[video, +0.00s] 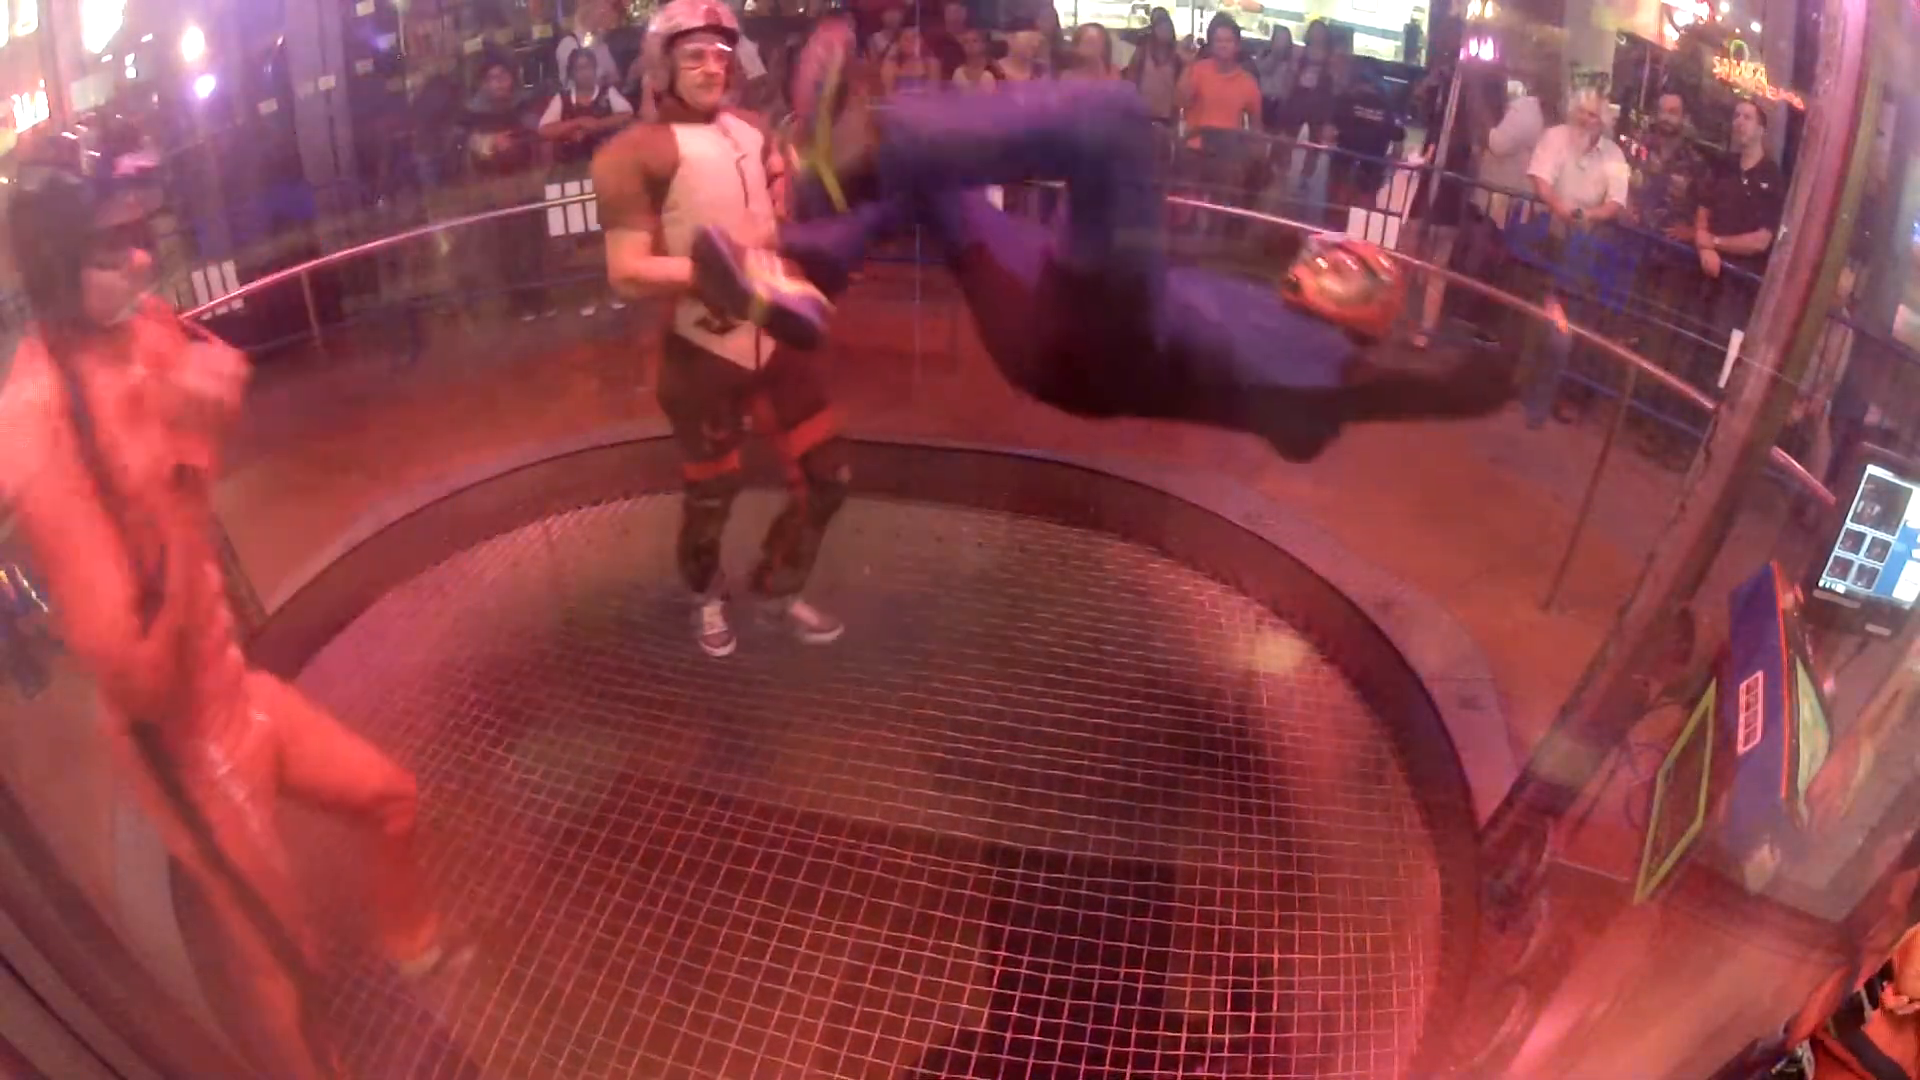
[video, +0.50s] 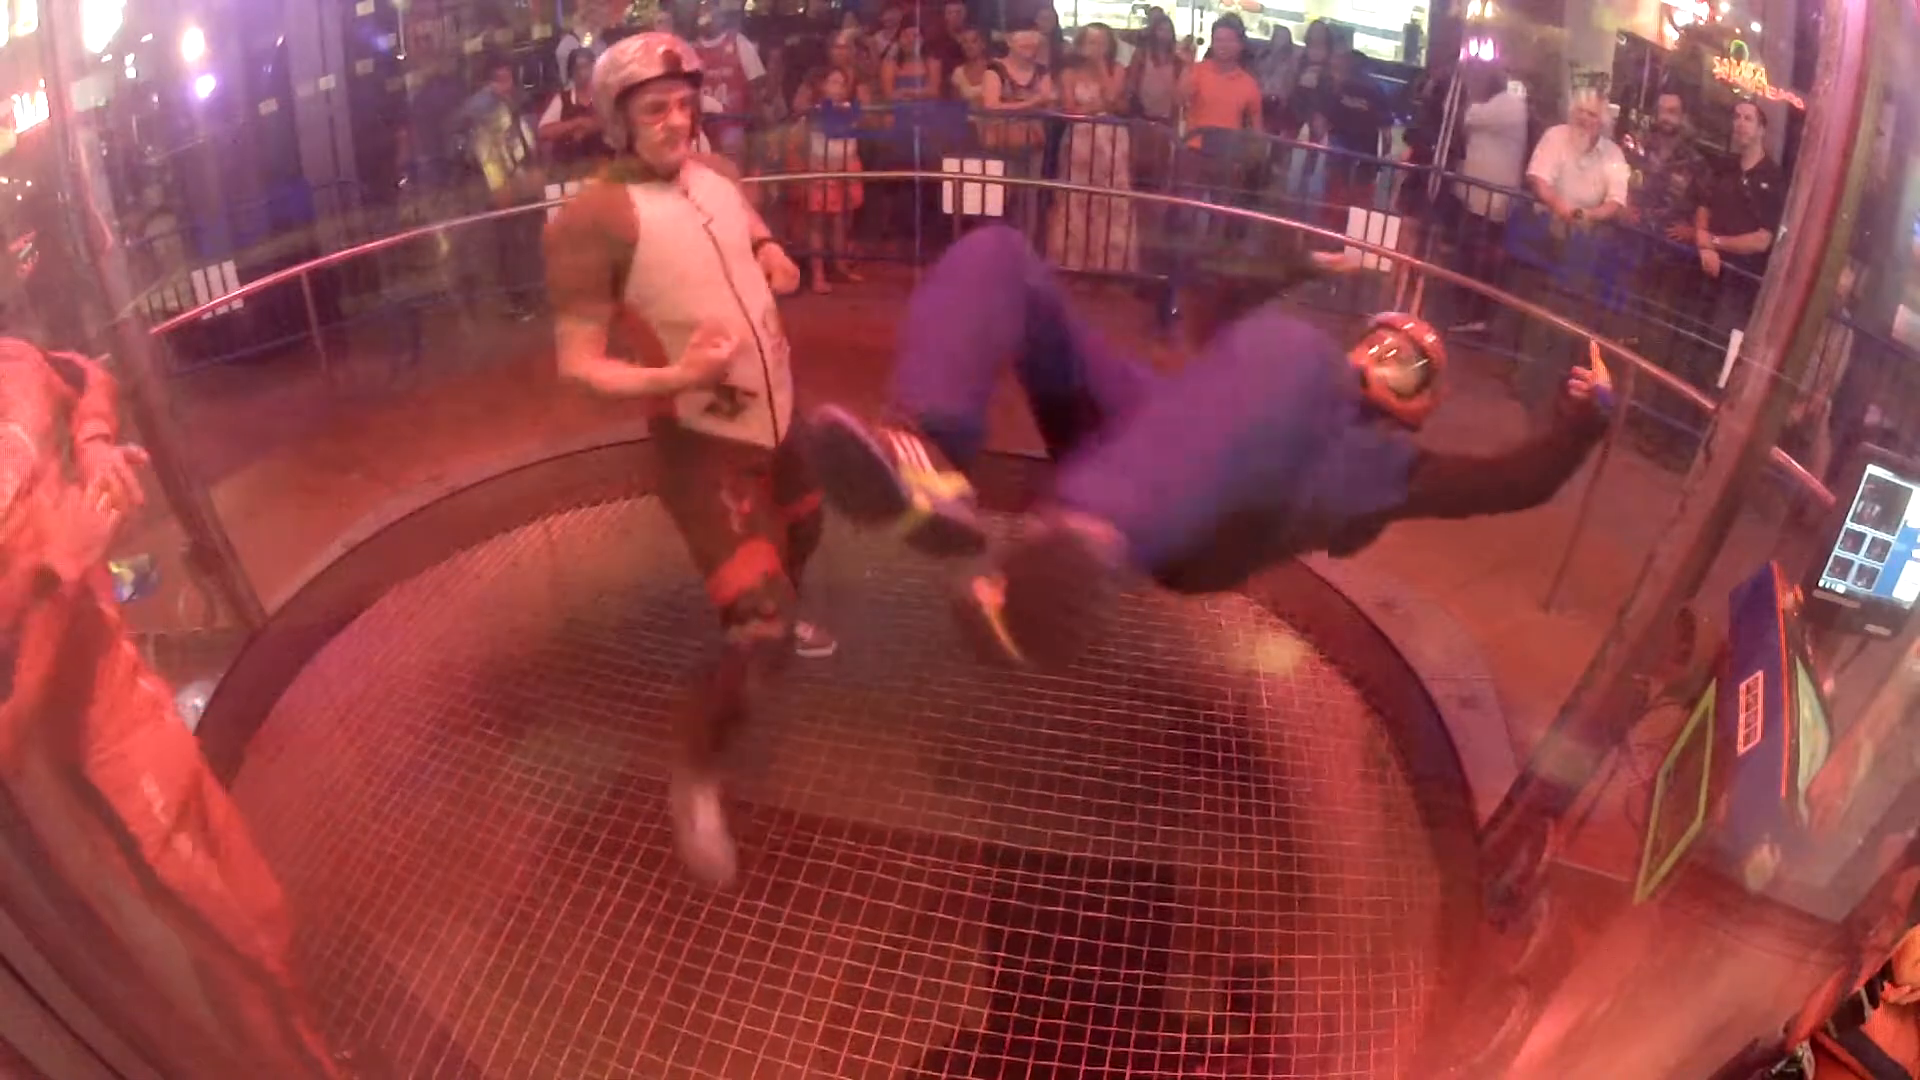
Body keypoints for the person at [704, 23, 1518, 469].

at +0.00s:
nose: (1327, 259)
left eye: (1353, 269)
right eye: (1332, 249)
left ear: (1374, 320)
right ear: (1305, 259)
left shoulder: (1333, 377)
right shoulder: (1249, 301)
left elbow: (1481, 384)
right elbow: (1153, 281)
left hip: (1097, 356)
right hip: (1043, 325)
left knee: (1116, 115)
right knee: (934, 175)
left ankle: (878, 136)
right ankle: (798, 259)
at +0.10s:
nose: (1366, 288)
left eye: (1390, 298)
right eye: (1366, 276)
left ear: (1396, 345)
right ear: (1339, 279)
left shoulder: (1353, 400)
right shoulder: (1268, 308)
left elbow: (1497, 428)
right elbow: (1184, 263)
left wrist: (1567, 385)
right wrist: (1320, 248)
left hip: (1128, 390)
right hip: (1069, 347)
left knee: (1154, 154)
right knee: (968, 206)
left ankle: (910, 216)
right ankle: (856, 273)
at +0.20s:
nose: (1389, 313)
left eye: (1410, 322)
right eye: (1388, 299)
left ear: (1414, 363)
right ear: (1356, 298)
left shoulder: (1366, 414)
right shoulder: (1281, 311)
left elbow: (1503, 446)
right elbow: (1238, 251)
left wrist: (1584, 403)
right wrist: (1346, 250)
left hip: (1147, 428)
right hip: (1089, 363)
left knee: (1182, 224)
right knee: (968, 203)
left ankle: (936, 321)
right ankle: (876, 358)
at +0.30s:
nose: (1399, 330)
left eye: (1425, 338)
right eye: (1396, 313)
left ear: (1438, 379)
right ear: (1366, 312)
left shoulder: (1392, 434)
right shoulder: (1293, 331)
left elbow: (1528, 461)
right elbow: (1231, 251)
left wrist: (1591, 397)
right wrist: (1353, 259)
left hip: (1169, 459)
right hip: (1109, 394)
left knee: (1228, 267)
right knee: (983, 220)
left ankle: (983, 401)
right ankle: (907, 390)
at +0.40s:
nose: (1398, 342)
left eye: (1423, 351)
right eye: (1395, 328)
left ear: (1435, 397)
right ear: (1366, 331)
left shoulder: (1401, 456)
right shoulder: (1296, 345)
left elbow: (1524, 466)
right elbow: (1206, 282)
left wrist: (1586, 406)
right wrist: (1354, 262)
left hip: (1191, 491)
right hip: (1126, 417)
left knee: (1261, 305)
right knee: (998, 239)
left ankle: (1022, 481)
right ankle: (913, 423)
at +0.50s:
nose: (1393, 347)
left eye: (1415, 356)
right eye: (1386, 335)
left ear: (1416, 403)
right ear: (1351, 347)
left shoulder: (1388, 467)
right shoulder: (1281, 358)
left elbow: (1522, 480)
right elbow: (1217, 311)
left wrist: (1584, 411)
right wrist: (1310, 269)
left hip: (1210, 526)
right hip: (1128, 460)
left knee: (1289, 336)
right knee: (997, 254)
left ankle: (1072, 548)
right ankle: (936, 458)